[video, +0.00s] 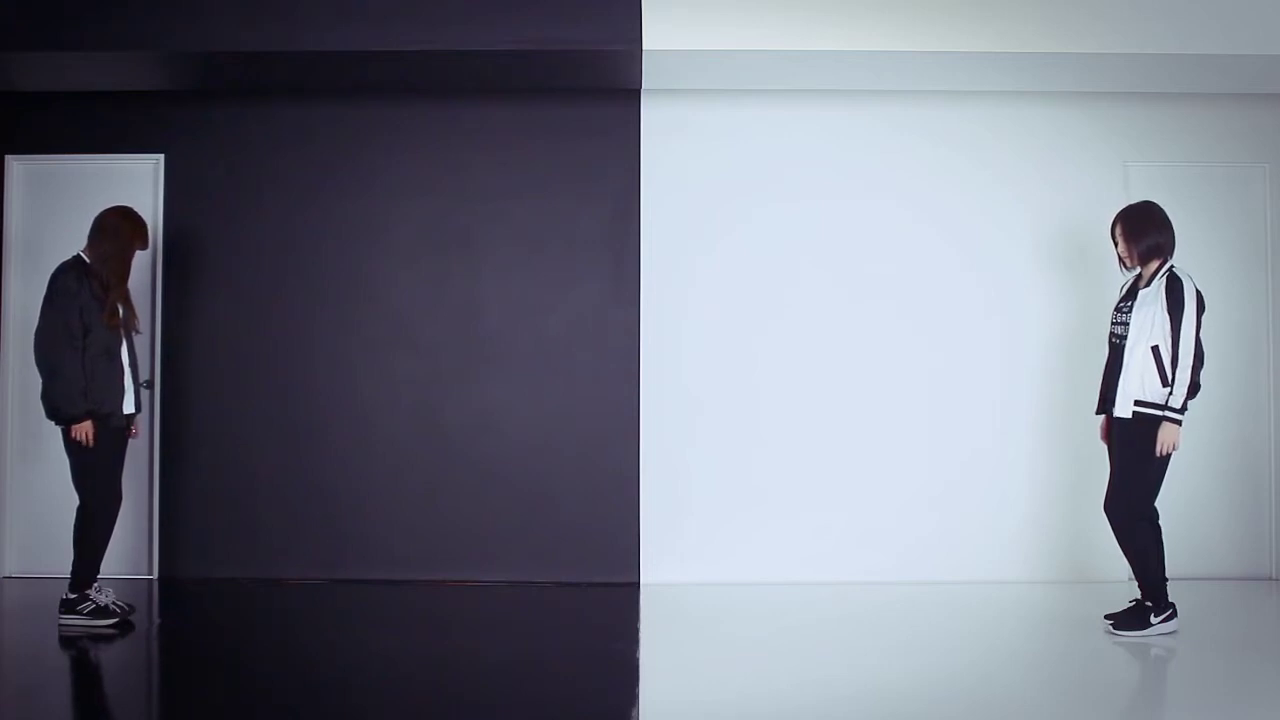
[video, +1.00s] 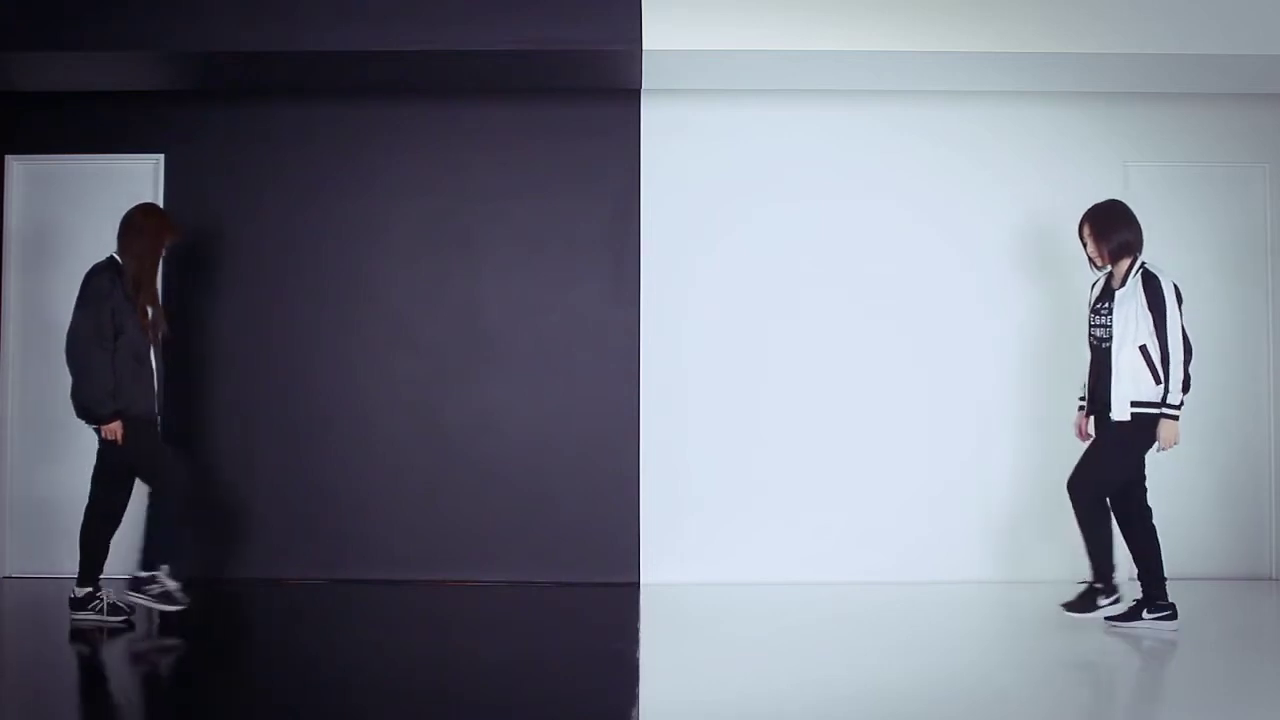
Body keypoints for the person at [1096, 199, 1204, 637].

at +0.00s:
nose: (1119, 249)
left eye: (1123, 240)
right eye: (1116, 241)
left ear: (1147, 236)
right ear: (1125, 242)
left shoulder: (1179, 284)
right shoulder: (1131, 287)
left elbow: (1190, 356)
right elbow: (1117, 354)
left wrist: (1174, 417)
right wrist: (1107, 410)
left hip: (1152, 417)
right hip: (1123, 416)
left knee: (1128, 507)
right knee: (1127, 506)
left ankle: (1158, 604)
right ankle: (1151, 600)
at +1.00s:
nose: (1089, 249)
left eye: (1093, 240)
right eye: (1086, 242)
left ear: (1117, 236)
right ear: (1092, 243)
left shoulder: (1156, 284)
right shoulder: (1100, 288)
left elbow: (1178, 351)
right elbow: (1099, 353)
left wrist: (1171, 414)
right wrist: (1087, 404)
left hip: (1139, 415)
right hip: (1109, 415)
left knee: (1082, 486)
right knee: (1131, 506)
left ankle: (1103, 584)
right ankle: (1156, 601)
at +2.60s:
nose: (818, 229)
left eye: (823, 221)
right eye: (818, 221)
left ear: (845, 222)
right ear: (844, 222)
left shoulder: (875, 272)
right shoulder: (831, 282)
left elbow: (899, 346)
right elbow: (817, 353)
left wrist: (889, 411)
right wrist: (801, 409)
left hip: (857, 415)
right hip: (822, 416)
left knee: (853, 514)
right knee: (828, 519)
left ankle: (932, 577)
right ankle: (836, 620)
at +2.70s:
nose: (804, 230)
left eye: (809, 221)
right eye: (804, 220)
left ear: (831, 222)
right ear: (833, 224)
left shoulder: (863, 272)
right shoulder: (817, 282)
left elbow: (881, 346)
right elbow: (801, 349)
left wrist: (868, 414)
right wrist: (778, 401)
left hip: (841, 415)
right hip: (812, 413)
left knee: (810, 511)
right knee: (823, 514)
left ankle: (885, 567)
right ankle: (834, 619)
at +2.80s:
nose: (791, 229)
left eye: (795, 220)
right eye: (791, 220)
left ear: (815, 221)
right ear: (827, 220)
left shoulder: (850, 273)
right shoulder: (808, 277)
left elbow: (866, 348)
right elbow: (789, 348)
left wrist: (855, 416)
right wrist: (759, 396)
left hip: (824, 415)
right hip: (805, 414)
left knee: (765, 497)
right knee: (823, 511)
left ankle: (839, 573)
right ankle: (835, 619)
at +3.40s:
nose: (687, 234)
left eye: (691, 225)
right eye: (686, 225)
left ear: (712, 222)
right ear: (724, 220)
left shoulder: (738, 268)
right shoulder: (719, 270)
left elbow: (726, 348)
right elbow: (710, 347)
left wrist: (703, 420)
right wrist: (691, 414)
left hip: (718, 418)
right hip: (712, 416)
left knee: (694, 524)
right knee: (743, 517)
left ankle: (678, 629)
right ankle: (813, 603)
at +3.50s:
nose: (670, 234)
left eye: (674, 224)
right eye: (670, 224)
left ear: (695, 222)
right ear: (707, 220)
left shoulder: (721, 269)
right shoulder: (704, 270)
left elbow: (701, 347)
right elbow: (689, 348)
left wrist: (666, 414)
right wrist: (662, 410)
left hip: (701, 415)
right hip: (692, 414)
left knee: (678, 525)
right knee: (698, 522)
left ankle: (676, 631)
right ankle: (784, 590)